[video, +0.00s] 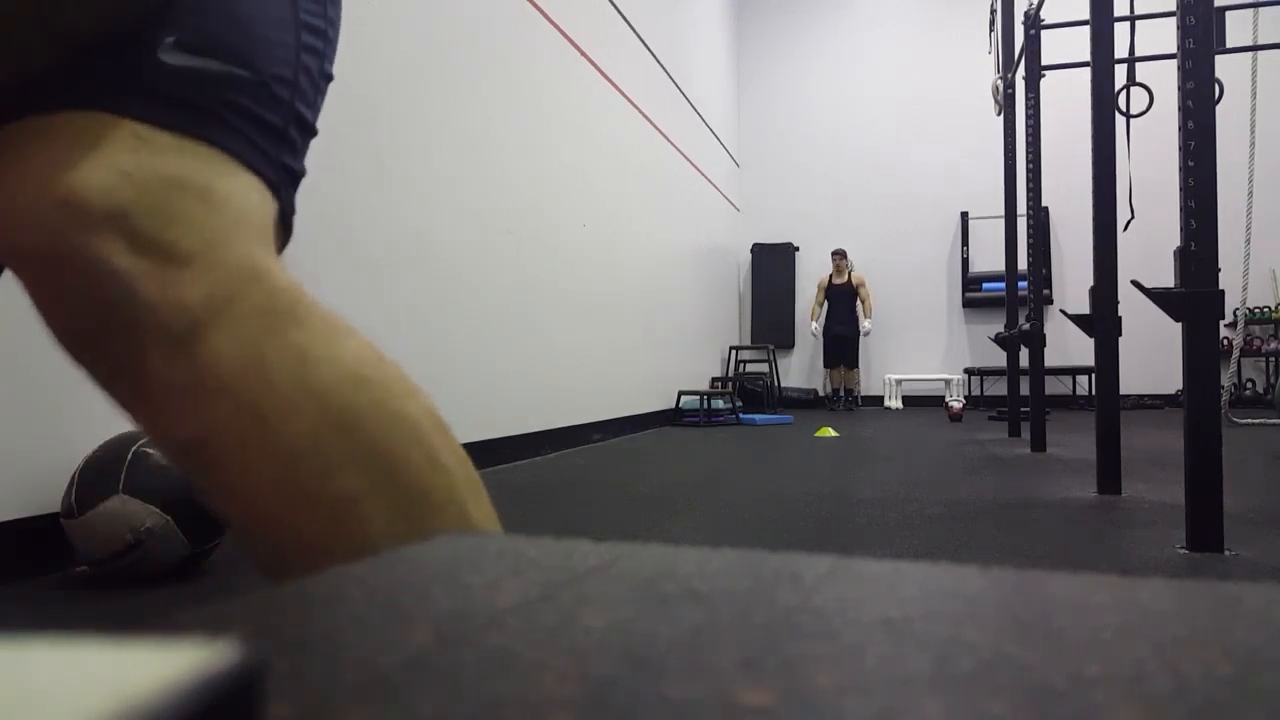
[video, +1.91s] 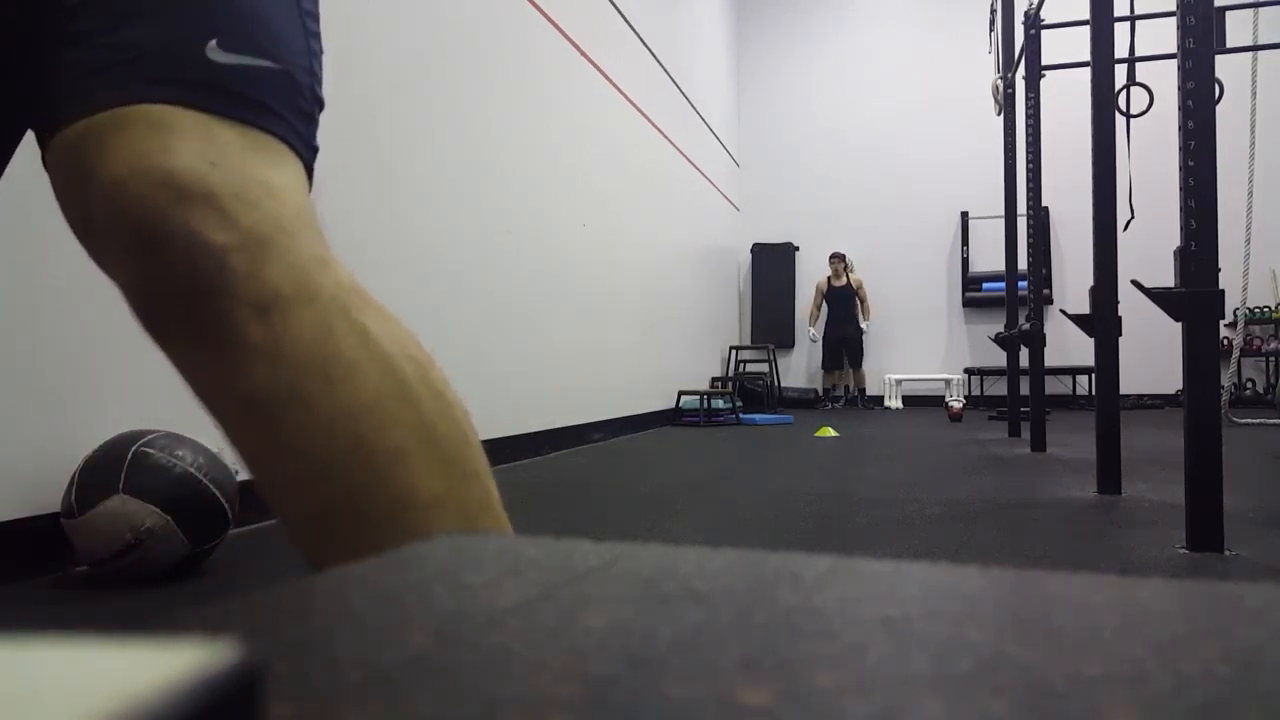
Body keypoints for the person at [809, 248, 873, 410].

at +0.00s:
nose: (837, 263)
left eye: (840, 260)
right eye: (834, 260)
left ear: (846, 261)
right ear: (831, 262)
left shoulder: (856, 279)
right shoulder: (825, 282)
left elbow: (865, 300)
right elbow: (818, 303)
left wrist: (867, 319)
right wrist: (814, 321)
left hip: (850, 327)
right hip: (831, 328)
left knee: (849, 365)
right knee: (834, 365)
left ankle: (849, 398)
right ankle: (835, 397)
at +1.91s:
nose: (835, 266)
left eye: (838, 263)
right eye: (832, 263)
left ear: (844, 264)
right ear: (829, 265)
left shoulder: (855, 282)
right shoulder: (823, 284)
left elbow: (863, 301)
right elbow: (816, 307)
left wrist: (866, 321)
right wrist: (811, 326)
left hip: (852, 329)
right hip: (832, 330)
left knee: (856, 366)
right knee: (829, 368)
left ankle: (862, 398)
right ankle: (827, 399)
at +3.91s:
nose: (843, 266)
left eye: (845, 262)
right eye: (840, 263)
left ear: (851, 264)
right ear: (836, 265)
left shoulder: (861, 283)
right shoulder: (829, 284)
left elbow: (866, 306)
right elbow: (823, 306)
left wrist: (867, 327)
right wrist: (817, 325)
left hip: (854, 331)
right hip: (834, 331)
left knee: (858, 368)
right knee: (830, 368)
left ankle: (862, 399)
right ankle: (825, 399)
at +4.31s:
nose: (841, 266)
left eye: (844, 263)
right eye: (838, 263)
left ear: (850, 265)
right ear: (835, 266)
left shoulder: (859, 283)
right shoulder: (828, 284)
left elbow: (865, 305)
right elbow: (823, 307)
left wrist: (866, 325)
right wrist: (819, 326)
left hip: (854, 330)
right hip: (834, 331)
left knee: (858, 368)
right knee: (830, 368)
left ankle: (861, 399)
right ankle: (825, 398)